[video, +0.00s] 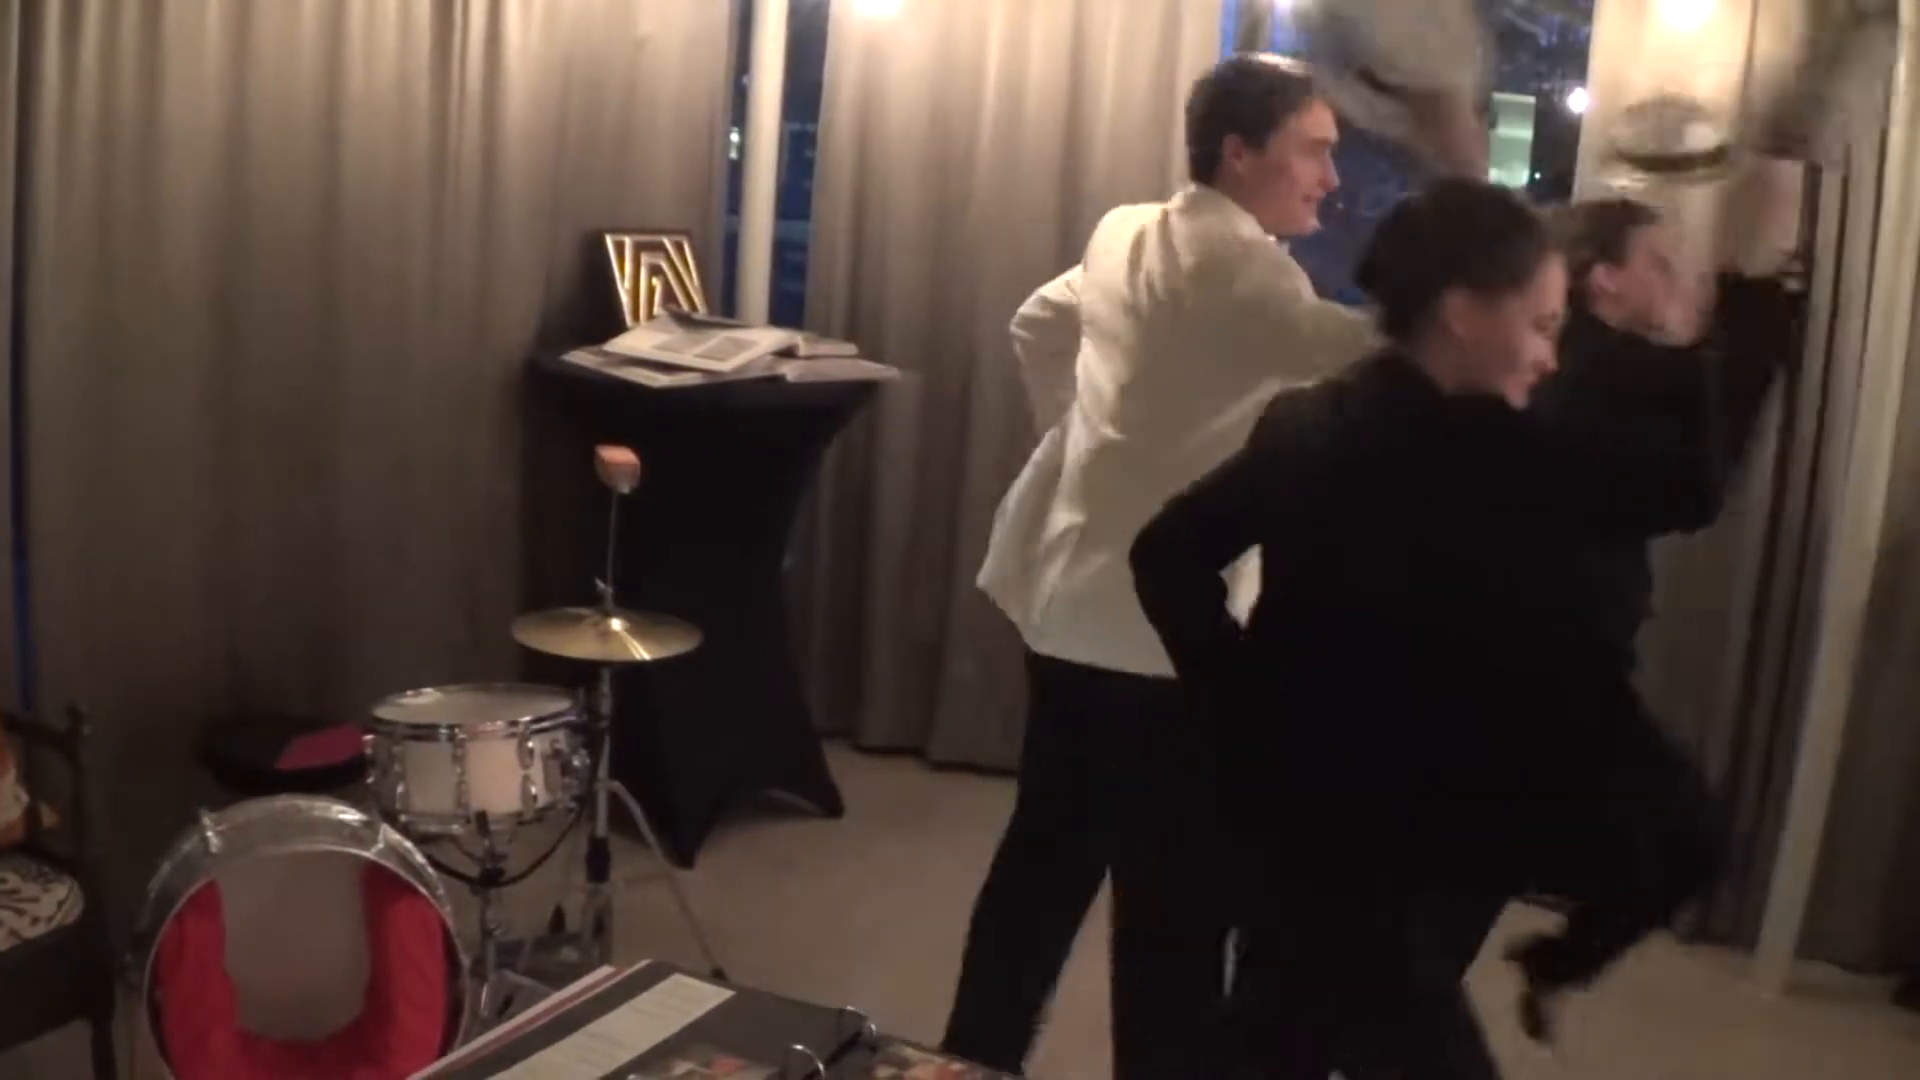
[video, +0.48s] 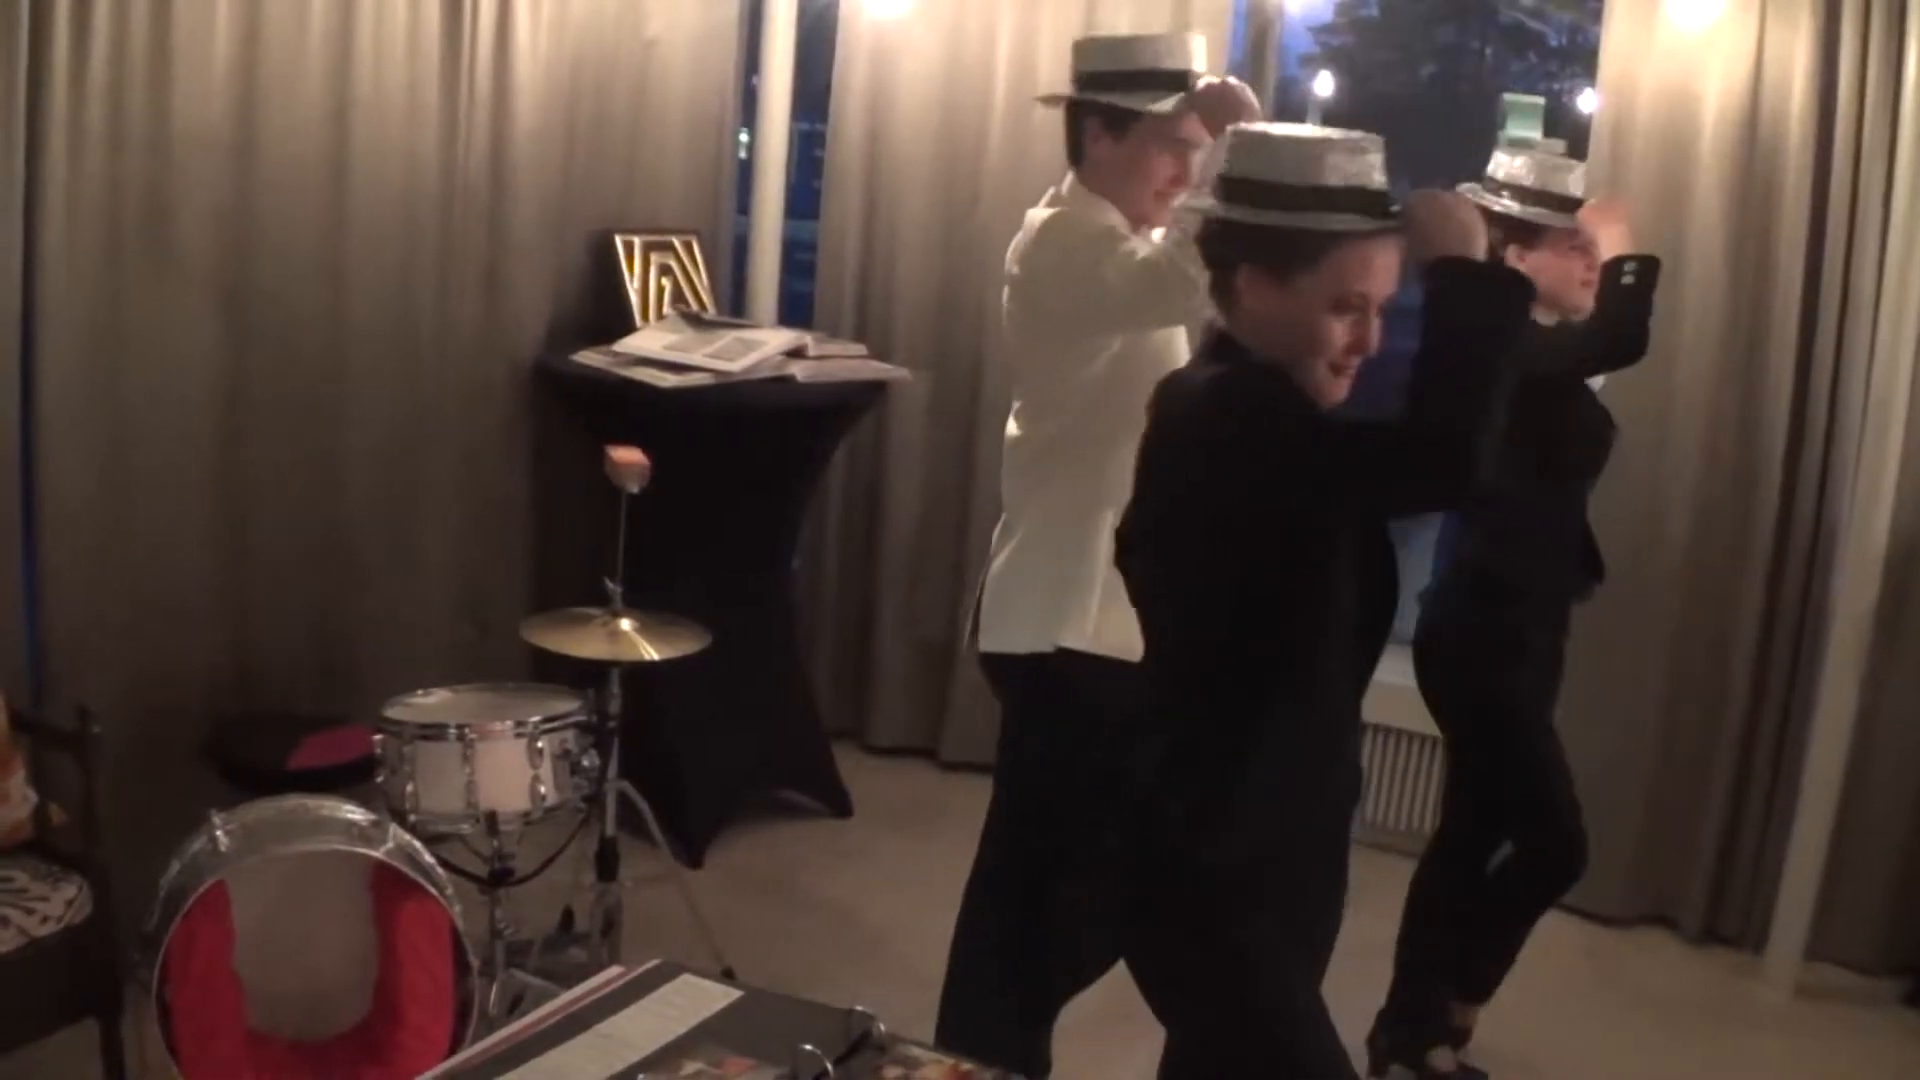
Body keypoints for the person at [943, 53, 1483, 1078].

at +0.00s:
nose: (1331, 178)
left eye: (1331, 154)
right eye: (1314, 153)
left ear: (1228, 157)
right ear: (1239, 154)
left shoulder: (1128, 235)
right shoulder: (1252, 284)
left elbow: (1036, 326)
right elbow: (1399, 347)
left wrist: (1082, 442)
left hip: (1060, 599)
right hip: (1150, 631)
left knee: (1048, 848)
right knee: (1177, 897)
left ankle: (977, 1057)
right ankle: (1167, 1072)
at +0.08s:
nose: (1301, 173)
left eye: (1305, 151)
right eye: (1285, 147)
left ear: (1209, 150)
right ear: (1212, 147)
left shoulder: (1123, 237)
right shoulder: (1204, 254)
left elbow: (1050, 338)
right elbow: (1370, 305)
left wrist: (1088, 450)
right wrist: (1387, 144)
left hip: (1075, 601)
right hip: (1129, 621)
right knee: (1050, 862)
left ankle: (977, 1055)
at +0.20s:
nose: (1257, 171)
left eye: (1261, 150)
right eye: (1238, 147)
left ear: (1175, 151)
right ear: (1164, 150)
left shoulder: (1167, 244)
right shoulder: (1137, 246)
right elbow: (1289, 293)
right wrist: (1310, 170)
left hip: (1130, 609)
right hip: (1101, 617)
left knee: (1181, 857)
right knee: (1040, 866)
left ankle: (1114, 1032)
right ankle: (972, 1057)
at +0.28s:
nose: (1231, 172)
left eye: (1235, 151)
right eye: (1214, 146)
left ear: (1162, 145)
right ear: (1140, 141)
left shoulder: (1154, 242)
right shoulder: (1108, 239)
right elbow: (1237, 279)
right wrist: (1260, 146)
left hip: (1136, 605)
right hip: (1090, 610)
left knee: (1127, 845)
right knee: (1054, 851)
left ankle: (1058, 1014)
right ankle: (980, 1048)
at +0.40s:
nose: (1204, 175)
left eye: (1209, 155)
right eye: (1187, 150)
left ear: (1136, 142)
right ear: (1119, 141)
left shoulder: (1111, 236)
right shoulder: (1083, 241)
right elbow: (1212, 273)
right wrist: (1236, 143)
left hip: (1105, 609)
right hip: (1081, 621)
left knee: (1059, 883)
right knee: (1048, 882)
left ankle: (990, 1053)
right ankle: (982, 1056)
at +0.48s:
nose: (1187, 172)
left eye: (1195, 151)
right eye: (1167, 146)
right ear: (1099, 136)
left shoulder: (1115, 238)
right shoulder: (1065, 241)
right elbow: (1185, 280)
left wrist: (1230, 144)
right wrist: (1219, 148)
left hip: (1103, 610)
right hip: (1071, 620)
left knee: (1056, 891)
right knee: (1041, 889)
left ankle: (992, 1054)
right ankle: (984, 1058)